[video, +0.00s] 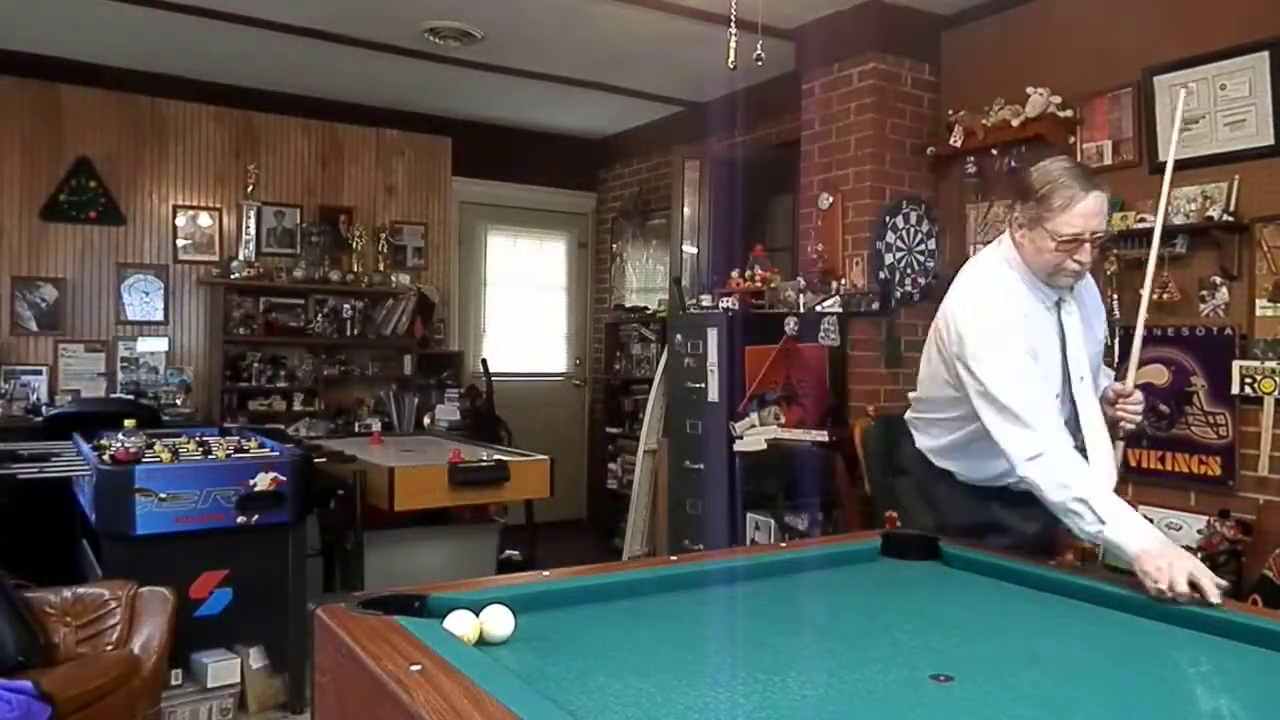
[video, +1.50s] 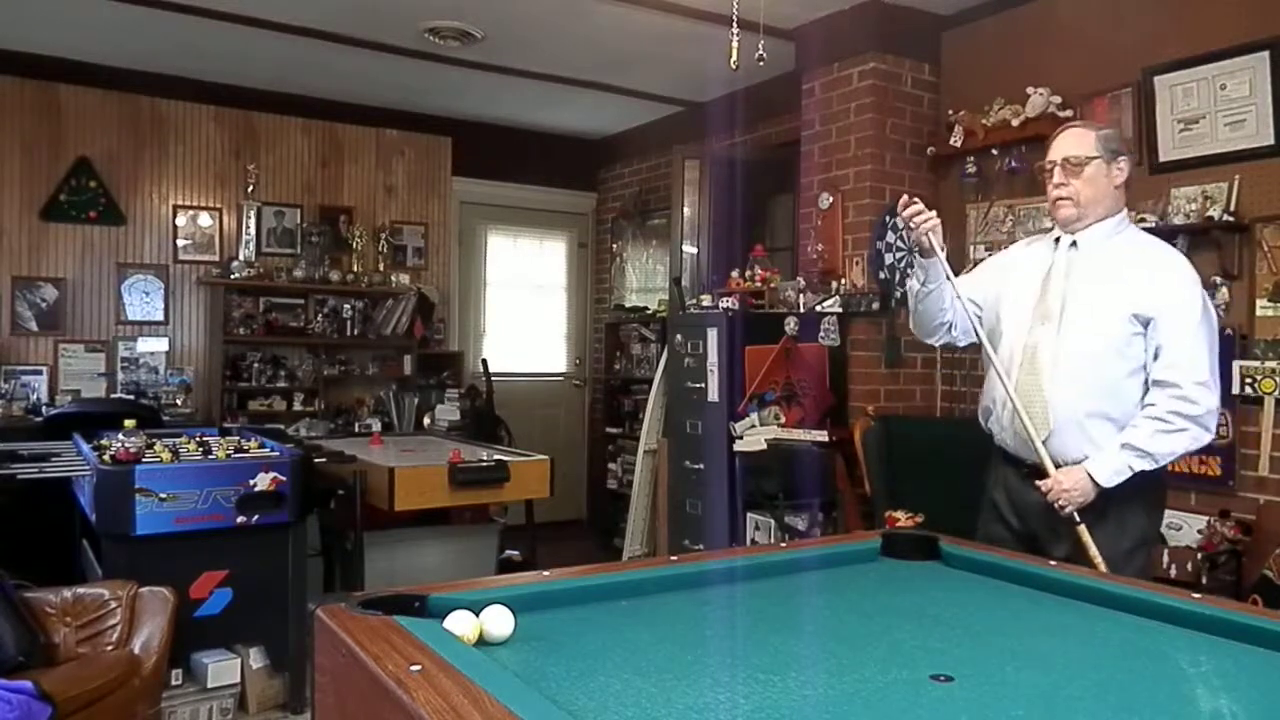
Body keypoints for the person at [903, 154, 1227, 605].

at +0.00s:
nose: (1085, 259)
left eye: (1095, 242)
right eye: (1069, 242)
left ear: (1103, 234)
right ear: (1020, 227)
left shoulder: (1077, 282)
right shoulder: (984, 306)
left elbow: (1085, 368)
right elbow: (1039, 453)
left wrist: (1107, 396)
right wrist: (1146, 545)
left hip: (1036, 497)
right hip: (957, 499)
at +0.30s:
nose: (1087, 231)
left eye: (1098, 212)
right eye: (1067, 214)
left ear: (1107, 207)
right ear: (1022, 210)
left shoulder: (1098, 274)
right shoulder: (986, 296)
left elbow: (1116, 360)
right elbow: (1005, 448)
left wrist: (1138, 398)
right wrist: (1118, 514)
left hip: (1066, 492)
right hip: (979, 499)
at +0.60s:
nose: (1063, 192)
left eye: (1079, 175)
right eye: (1046, 179)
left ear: (1108, 180)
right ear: (1026, 189)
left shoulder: (1142, 280)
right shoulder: (979, 276)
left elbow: (1181, 371)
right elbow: (924, 388)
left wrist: (1180, 416)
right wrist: (975, 464)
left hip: (1105, 510)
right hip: (996, 509)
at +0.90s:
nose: (1091, 179)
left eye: (1112, 166)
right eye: (1083, 166)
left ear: (1154, 180)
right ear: (1071, 174)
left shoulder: (1188, 288)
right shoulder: (1018, 259)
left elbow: (1233, 412)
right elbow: (952, 332)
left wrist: (1144, 461)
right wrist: (926, 322)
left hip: (1110, 512)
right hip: (1002, 494)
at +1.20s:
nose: (1086, 178)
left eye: (1105, 164)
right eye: (1082, 165)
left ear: (1153, 173)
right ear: (1074, 172)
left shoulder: (1188, 280)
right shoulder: (1037, 254)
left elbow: (1207, 416)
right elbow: (951, 312)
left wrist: (1103, 466)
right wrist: (936, 249)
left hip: (1112, 507)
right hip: (1009, 484)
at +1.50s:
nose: (1057, 181)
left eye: (1074, 166)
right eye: (1050, 170)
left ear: (1118, 173)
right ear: (1043, 181)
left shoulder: (1163, 271)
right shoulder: (1019, 261)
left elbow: (1188, 406)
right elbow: (938, 325)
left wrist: (1096, 473)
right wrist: (929, 257)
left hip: (1109, 503)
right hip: (1010, 488)